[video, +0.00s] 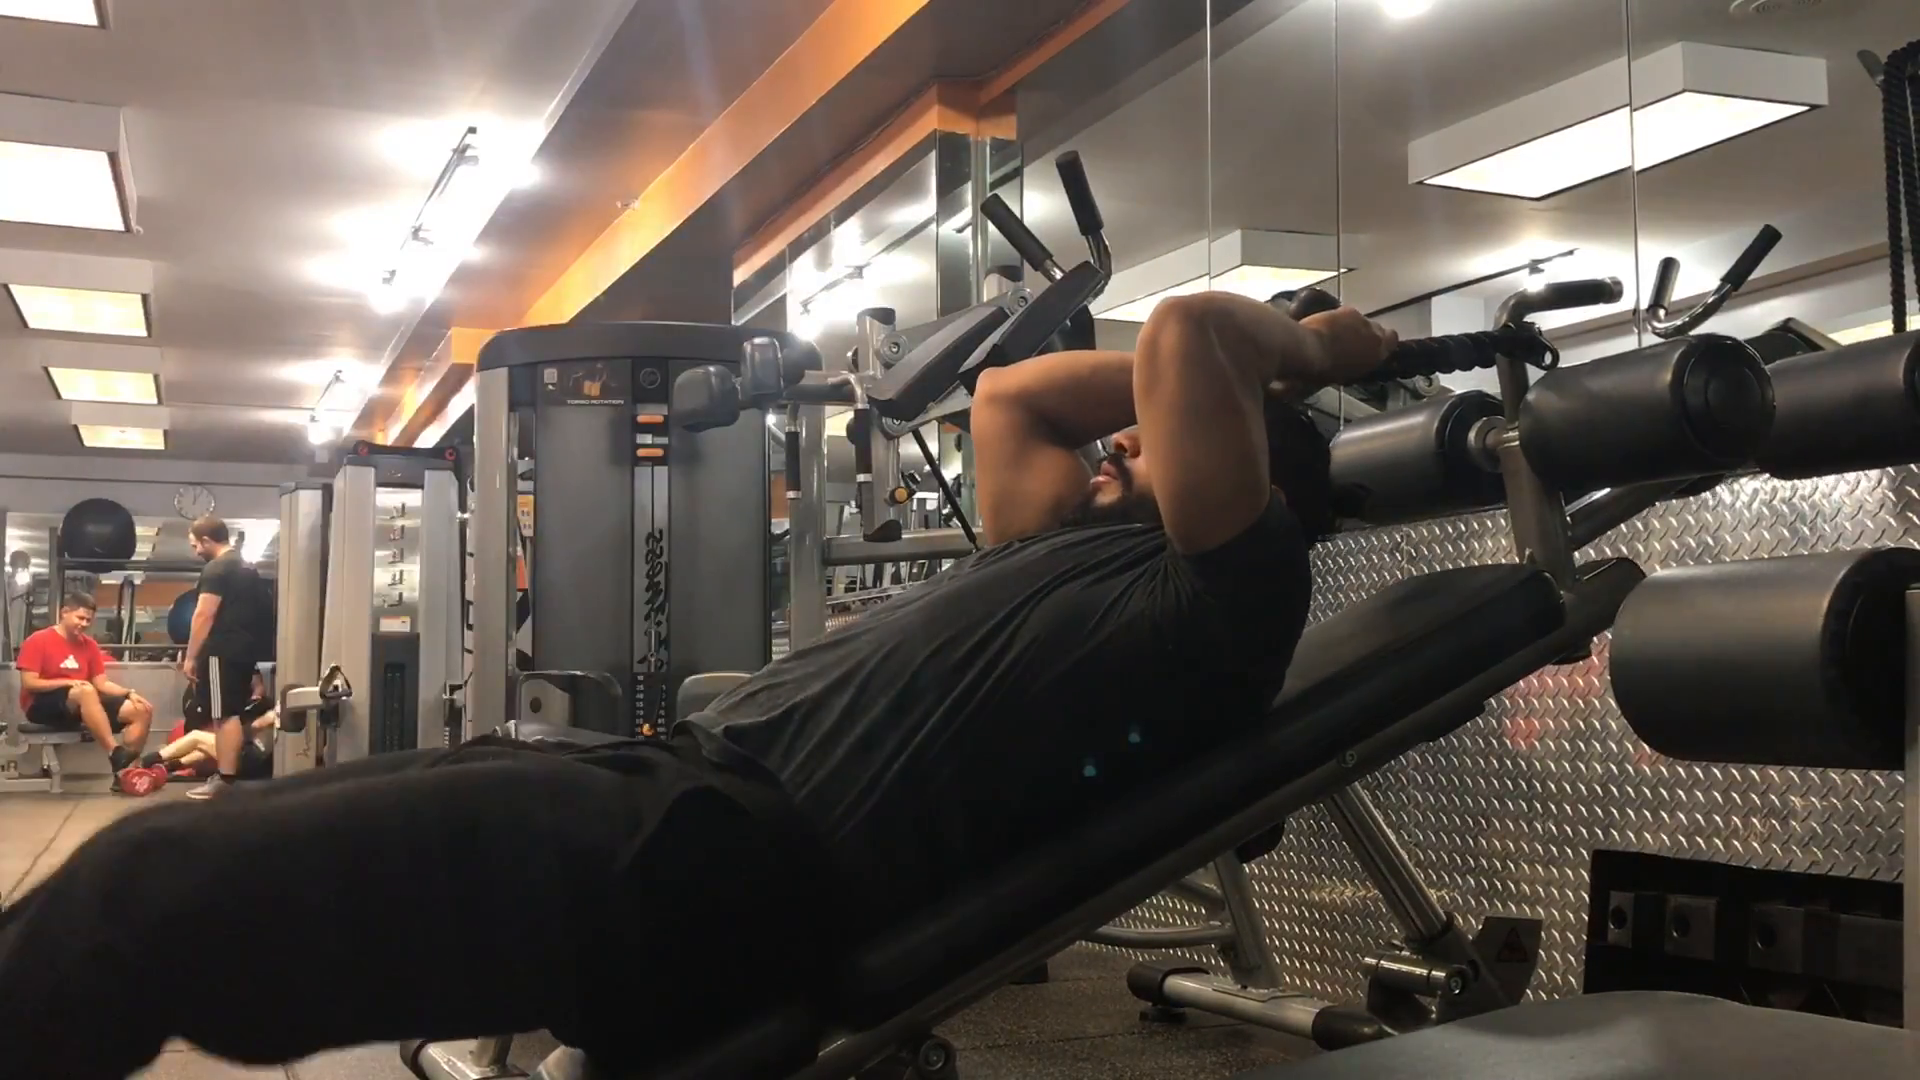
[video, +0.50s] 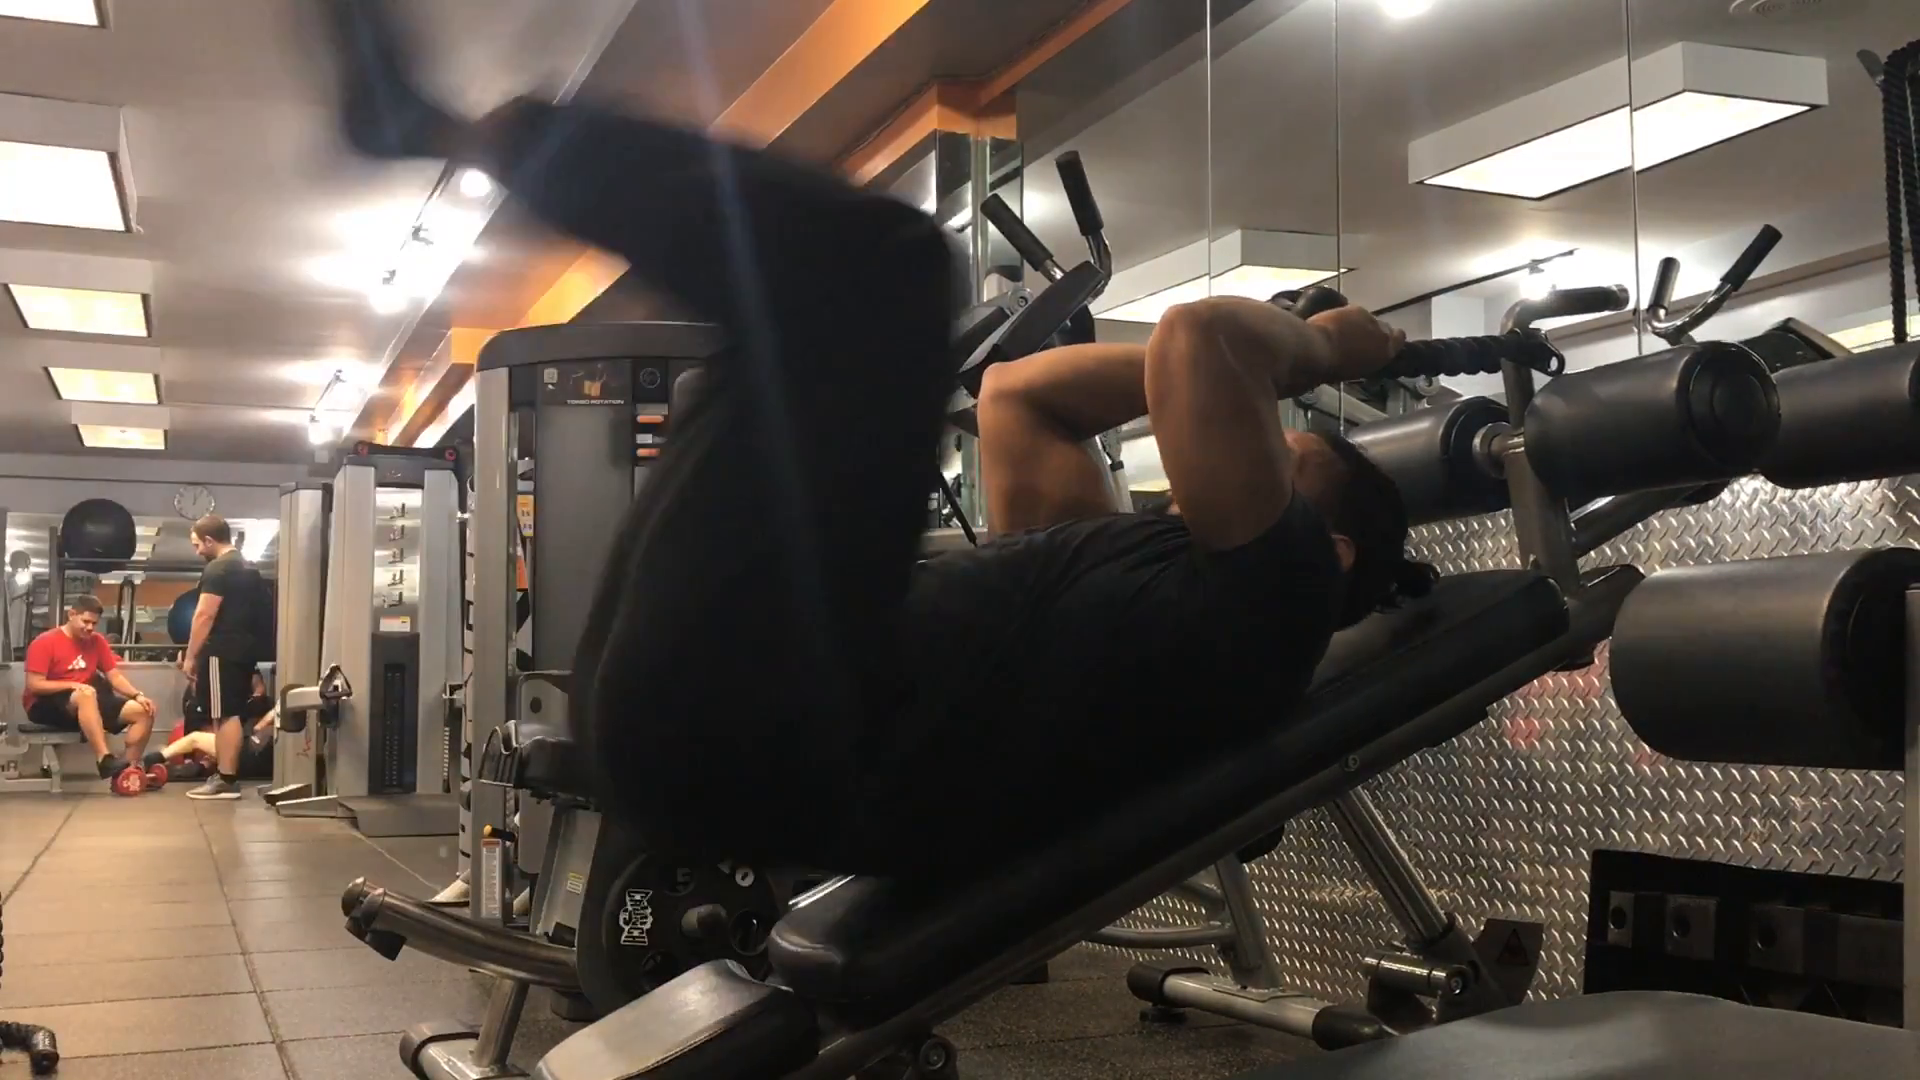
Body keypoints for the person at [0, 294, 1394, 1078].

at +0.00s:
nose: (1136, 434)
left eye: (1179, 429)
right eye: (1131, 430)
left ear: (1241, 481)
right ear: (1131, 477)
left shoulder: (1225, 611)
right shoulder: (1059, 566)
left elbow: (1189, 320)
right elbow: (1007, 395)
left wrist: (1315, 341)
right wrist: (1207, 389)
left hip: (728, 855)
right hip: (656, 775)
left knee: (139, 892)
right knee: (161, 861)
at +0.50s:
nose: (1282, 450)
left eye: (1312, 460)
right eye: (1294, 446)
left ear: (1332, 539)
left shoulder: (1265, 607)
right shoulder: (1099, 576)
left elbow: (1200, 335)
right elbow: (1018, 394)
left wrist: (1332, 341)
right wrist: (1231, 359)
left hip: (751, 751)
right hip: (673, 728)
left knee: (896, 267)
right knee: (788, 335)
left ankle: (454, 121)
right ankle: (453, 129)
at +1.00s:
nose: (1297, 447)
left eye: (1324, 455)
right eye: (1316, 443)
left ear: (1342, 524)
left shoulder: (1290, 598)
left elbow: (1211, 338)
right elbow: (1039, 409)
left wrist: (1328, 340)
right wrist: (1212, 365)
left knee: (1141, 188)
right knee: (1060, 226)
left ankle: (905, 12)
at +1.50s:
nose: (1221, 457)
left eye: (1263, 461)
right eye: (1240, 448)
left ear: (1297, 511)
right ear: (1238, 494)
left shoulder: (1256, 619)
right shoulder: (1091, 575)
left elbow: (1194, 332)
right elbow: (1023, 393)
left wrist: (1311, 347)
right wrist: (1218, 362)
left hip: (762, 832)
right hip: (709, 771)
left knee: (668, 294)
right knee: (652, 300)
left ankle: (190, 350)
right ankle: (199, 350)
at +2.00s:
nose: (1123, 443)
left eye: (1162, 429)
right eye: (1107, 436)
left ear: (1243, 482)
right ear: (1122, 493)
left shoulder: (1224, 616)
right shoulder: (1056, 570)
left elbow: (1172, 331)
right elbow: (1003, 399)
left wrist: (1313, 352)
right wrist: (1206, 407)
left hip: (709, 863)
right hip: (642, 781)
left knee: (126, 893)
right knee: (131, 864)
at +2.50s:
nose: (1236, 468)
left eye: (1270, 463)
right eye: (1253, 454)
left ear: (1303, 521)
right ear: (1233, 500)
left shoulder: (1254, 618)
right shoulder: (1103, 581)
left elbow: (1194, 337)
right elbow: (1010, 401)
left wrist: (1323, 344)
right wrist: (1216, 393)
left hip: (735, 820)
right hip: (730, 754)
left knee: (721, 273)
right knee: (739, 266)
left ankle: (262, 263)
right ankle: (320, 256)